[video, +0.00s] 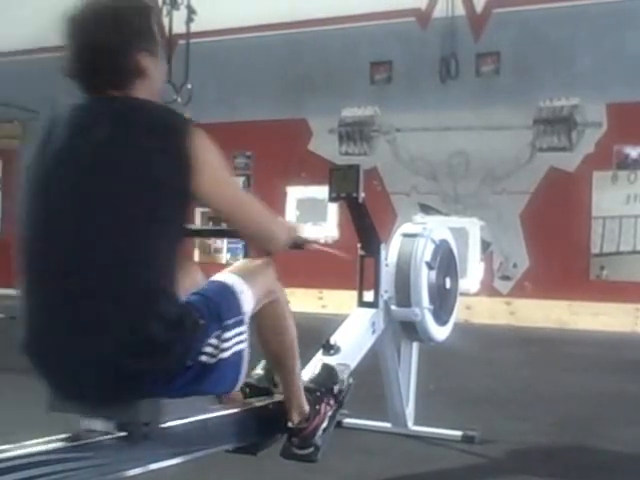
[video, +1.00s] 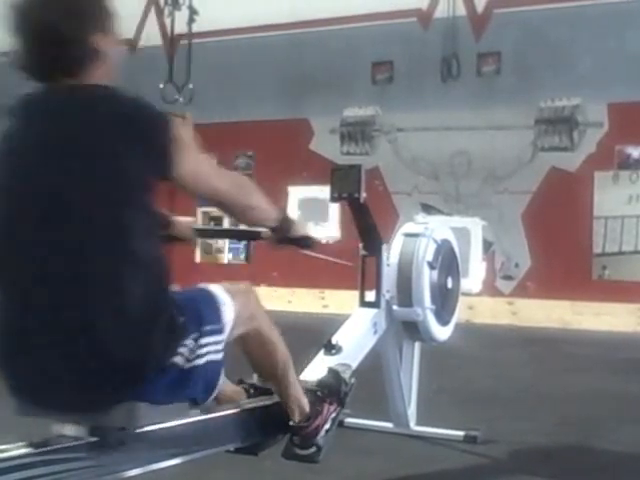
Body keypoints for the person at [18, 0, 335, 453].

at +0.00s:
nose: (166, 66)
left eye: (162, 52)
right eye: (161, 51)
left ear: (83, 63)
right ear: (142, 59)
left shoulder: (56, 131)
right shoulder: (171, 133)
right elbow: (270, 235)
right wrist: (287, 233)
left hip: (61, 366)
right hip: (142, 368)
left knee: (183, 268)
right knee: (265, 273)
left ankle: (233, 406)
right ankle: (299, 414)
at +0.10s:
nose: (197, 80)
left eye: (195, 67)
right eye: (194, 68)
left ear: (124, 77)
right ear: (179, 77)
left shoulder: (91, 140)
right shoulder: (210, 144)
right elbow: (299, 230)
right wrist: (321, 235)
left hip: (89, 363)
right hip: (170, 365)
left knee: (211, 264)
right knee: (274, 265)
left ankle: (241, 410)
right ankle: (300, 411)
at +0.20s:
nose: (231, 95)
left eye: (228, 84)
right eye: (227, 84)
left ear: (161, 90)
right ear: (214, 93)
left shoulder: (128, 147)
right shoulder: (242, 154)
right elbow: (328, 228)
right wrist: (345, 246)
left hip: (114, 359)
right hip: (198, 363)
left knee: (229, 249)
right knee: (281, 255)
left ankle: (254, 384)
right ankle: (300, 412)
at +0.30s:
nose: (258, 114)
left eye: (256, 103)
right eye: (256, 104)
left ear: (187, 106)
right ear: (244, 109)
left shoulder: (157, 153)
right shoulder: (261, 161)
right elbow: (338, 223)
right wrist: (362, 247)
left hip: (134, 358)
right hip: (215, 361)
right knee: (294, 249)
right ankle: (300, 412)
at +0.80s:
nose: (202, 76)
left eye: (199, 65)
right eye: (198, 65)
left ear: (127, 76)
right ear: (185, 77)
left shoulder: (104, 139)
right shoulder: (218, 146)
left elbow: (143, 219)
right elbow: (293, 209)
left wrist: (225, 231)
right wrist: (332, 234)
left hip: (85, 357)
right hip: (171, 361)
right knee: (264, 264)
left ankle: (237, 403)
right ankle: (299, 408)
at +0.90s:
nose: (168, 53)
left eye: (164, 42)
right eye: (163, 43)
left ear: (85, 58)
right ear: (147, 57)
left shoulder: (61, 130)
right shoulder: (182, 132)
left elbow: (109, 213)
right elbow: (268, 200)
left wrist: (196, 230)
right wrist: (308, 229)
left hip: (59, 360)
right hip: (149, 362)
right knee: (254, 279)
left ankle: (235, 398)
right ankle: (300, 410)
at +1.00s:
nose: (120, 44)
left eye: (114, 33)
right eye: (113, 33)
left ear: (36, 50)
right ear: (97, 44)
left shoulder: (18, 122)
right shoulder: (129, 118)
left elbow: (70, 211)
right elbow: (234, 194)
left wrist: (164, 226)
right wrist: (282, 225)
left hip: (32, 370)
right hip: (119, 361)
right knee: (245, 303)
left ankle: (246, 407)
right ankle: (302, 413)